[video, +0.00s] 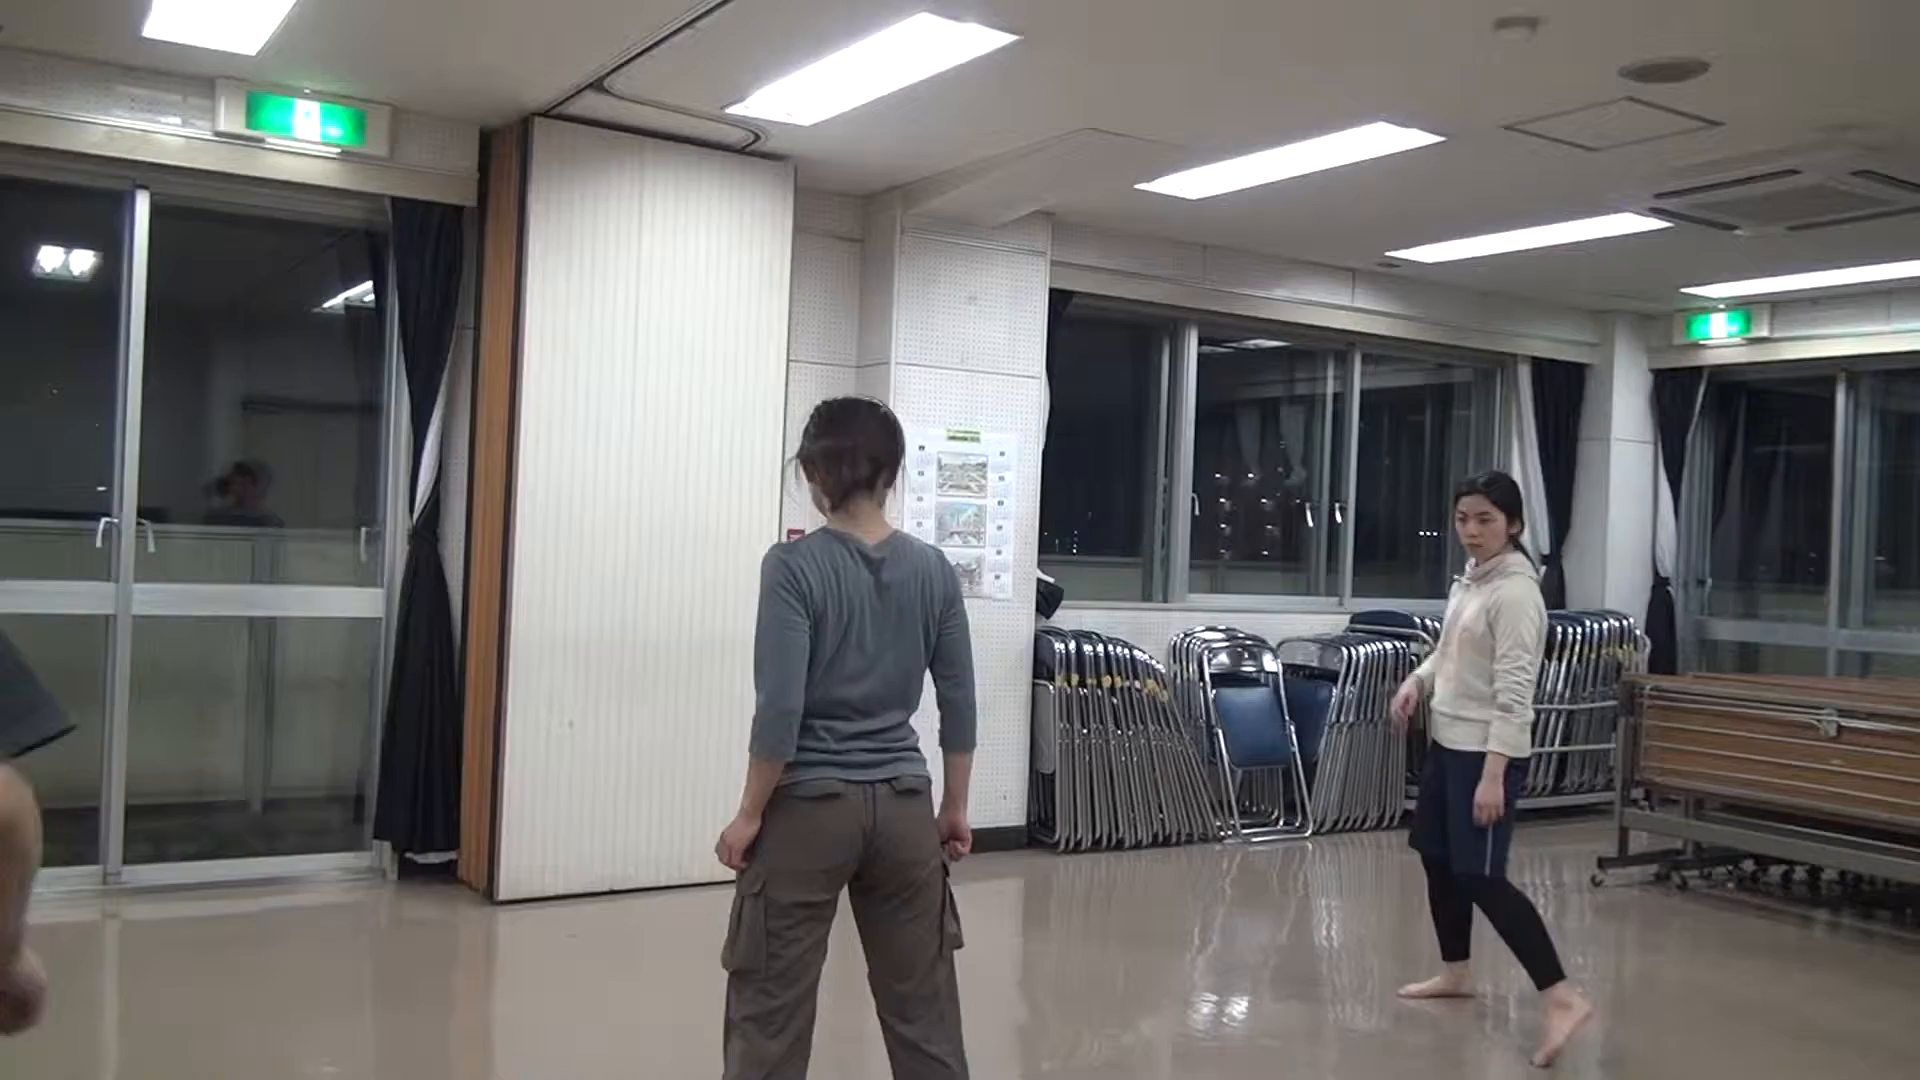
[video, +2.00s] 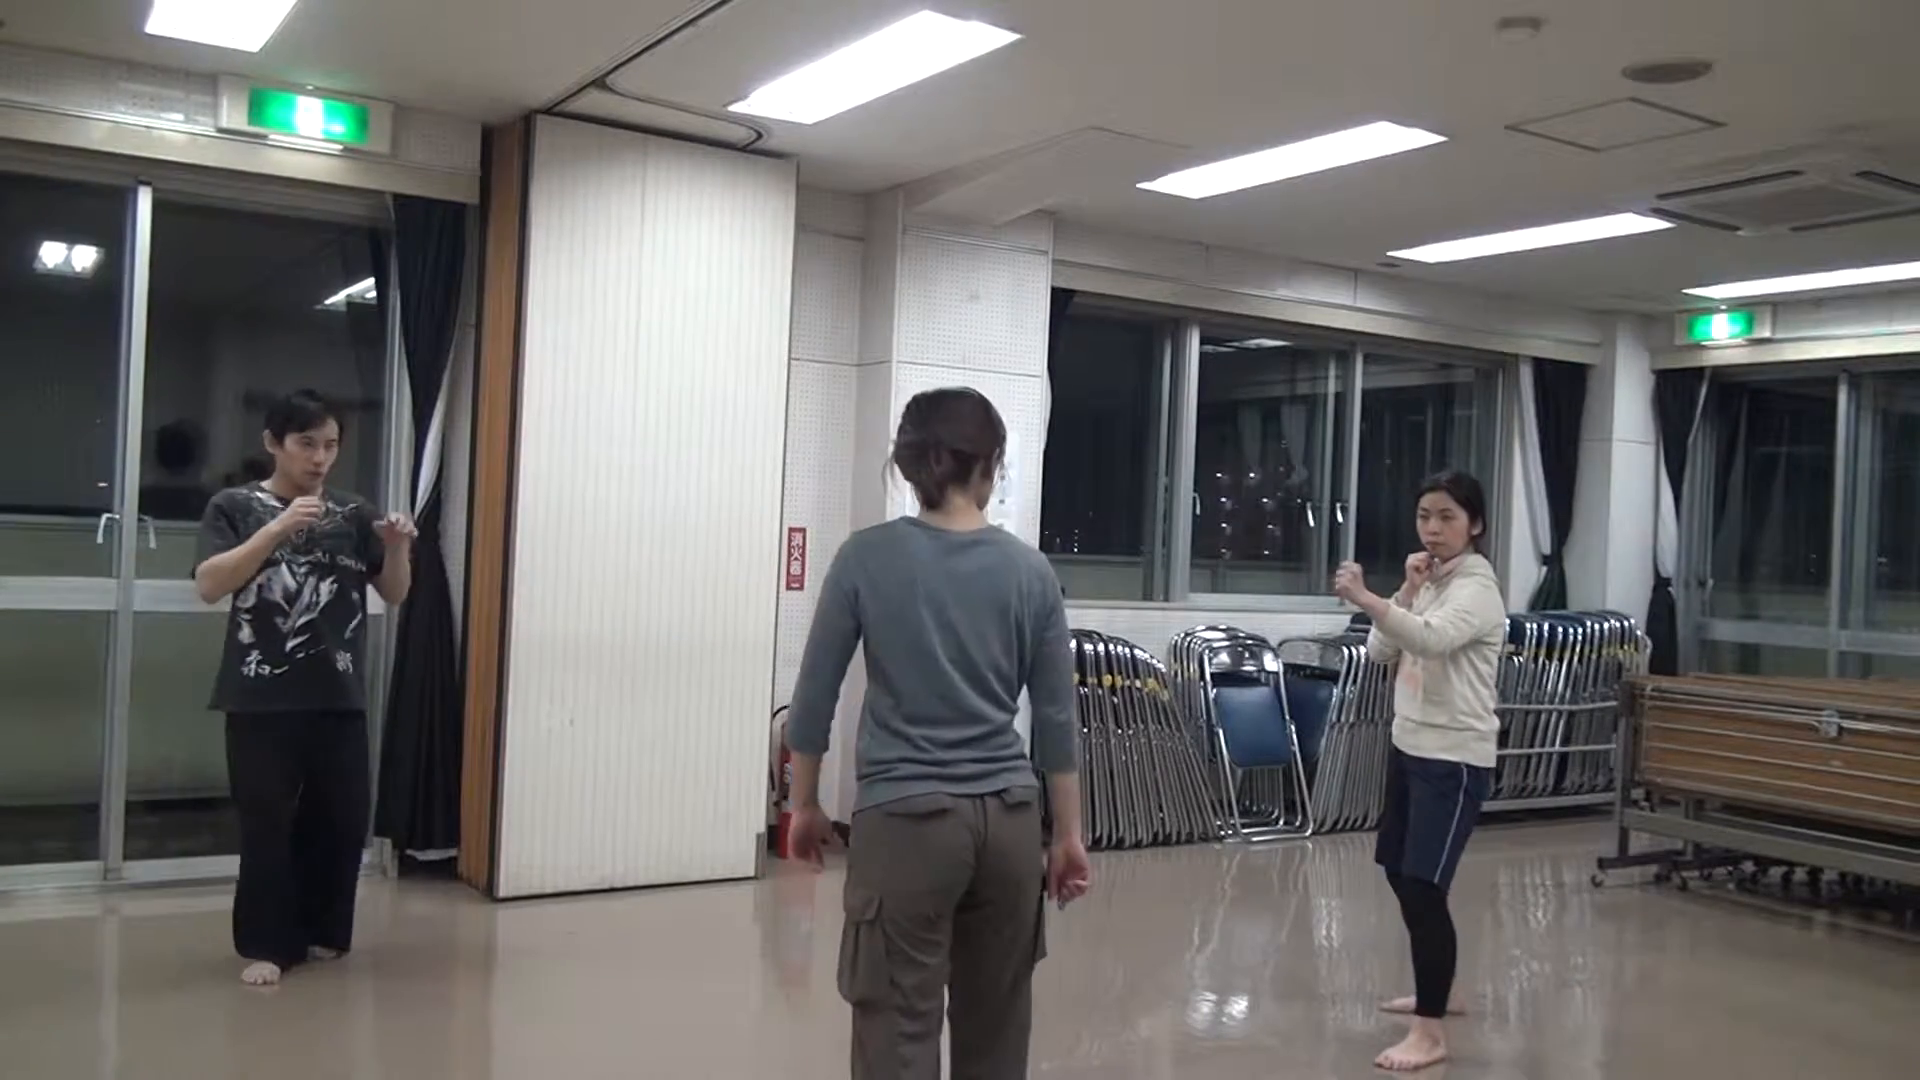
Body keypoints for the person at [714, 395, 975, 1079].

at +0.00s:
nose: (807, 478)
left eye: (807, 466)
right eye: (807, 466)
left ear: (816, 474)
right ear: (890, 472)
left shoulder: (793, 565)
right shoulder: (933, 568)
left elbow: (781, 708)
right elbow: (957, 697)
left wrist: (748, 814)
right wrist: (955, 808)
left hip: (806, 817)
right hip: (905, 815)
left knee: (769, 1019)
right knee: (923, 1018)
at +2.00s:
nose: (994, 471)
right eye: (993, 458)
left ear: (906, 467)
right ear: (990, 463)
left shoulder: (865, 556)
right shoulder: (1030, 569)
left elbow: (815, 694)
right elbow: (1056, 713)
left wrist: (803, 805)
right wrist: (1069, 834)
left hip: (903, 829)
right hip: (1013, 829)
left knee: (898, 1031)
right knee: (995, 1033)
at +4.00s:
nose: (974, 493)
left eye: (976, 477)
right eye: (973, 479)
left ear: (1003, 478)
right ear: (1054, 481)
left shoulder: (954, 564)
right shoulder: (1106, 581)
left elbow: (878, 657)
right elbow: (1109, 711)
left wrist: (822, 708)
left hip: (965, 809)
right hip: (1070, 811)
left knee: (922, 995)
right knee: (1086, 1011)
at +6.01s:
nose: (1260, 555)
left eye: (1268, 546)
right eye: (1267, 544)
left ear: (1291, 559)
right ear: (1345, 573)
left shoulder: (1213, 612)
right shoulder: (1361, 679)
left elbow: (1111, 660)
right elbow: (1422, 805)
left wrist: (1161, 687)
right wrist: (1434, 912)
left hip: (1172, 870)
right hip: (1284, 885)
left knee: (1054, 1019)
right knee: (1350, 1045)